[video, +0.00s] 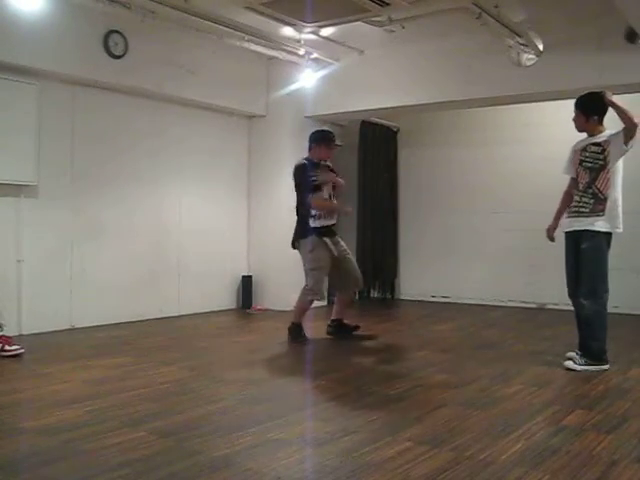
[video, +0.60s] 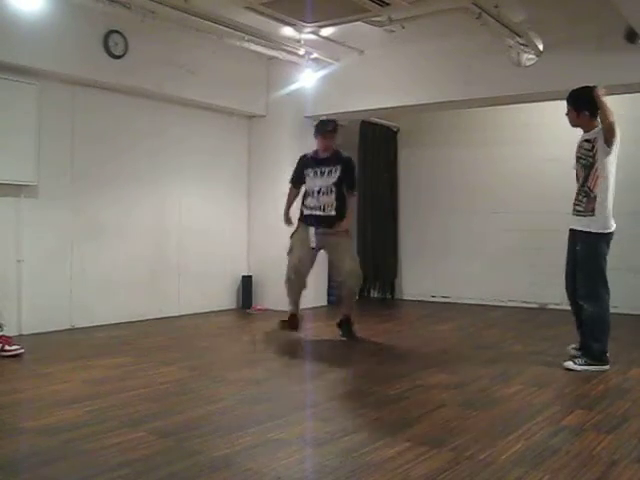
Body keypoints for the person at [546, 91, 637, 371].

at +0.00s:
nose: (574, 119)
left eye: (577, 114)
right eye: (575, 114)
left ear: (590, 116)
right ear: (590, 117)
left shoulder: (613, 143)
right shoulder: (578, 147)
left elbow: (632, 126)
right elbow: (571, 187)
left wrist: (612, 103)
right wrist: (555, 220)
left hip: (597, 227)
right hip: (572, 227)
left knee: (592, 294)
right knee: (578, 293)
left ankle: (597, 356)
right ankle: (587, 350)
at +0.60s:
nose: (568, 117)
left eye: (570, 112)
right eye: (568, 112)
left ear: (582, 112)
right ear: (586, 113)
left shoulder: (604, 139)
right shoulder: (586, 139)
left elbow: (609, 125)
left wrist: (600, 98)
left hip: (595, 228)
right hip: (579, 225)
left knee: (592, 291)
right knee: (575, 288)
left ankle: (597, 355)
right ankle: (587, 345)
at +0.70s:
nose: (568, 120)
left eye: (569, 114)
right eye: (567, 114)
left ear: (582, 113)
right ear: (584, 113)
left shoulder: (602, 140)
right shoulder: (587, 139)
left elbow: (602, 123)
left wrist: (597, 98)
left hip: (593, 228)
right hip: (580, 226)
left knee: (590, 290)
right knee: (579, 288)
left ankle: (596, 355)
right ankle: (588, 346)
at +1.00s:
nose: (564, 126)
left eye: (566, 120)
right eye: (564, 120)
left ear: (577, 118)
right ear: (576, 119)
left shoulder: (595, 143)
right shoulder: (587, 145)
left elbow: (582, 126)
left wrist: (589, 106)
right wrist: (588, 106)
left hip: (587, 229)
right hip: (582, 228)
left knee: (581, 292)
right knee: (587, 290)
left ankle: (594, 354)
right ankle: (589, 347)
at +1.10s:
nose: (562, 124)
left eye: (564, 119)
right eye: (562, 119)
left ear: (576, 118)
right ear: (576, 119)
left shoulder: (591, 142)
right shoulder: (587, 145)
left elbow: (581, 122)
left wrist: (588, 105)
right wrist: (587, 104)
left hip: (583, 228)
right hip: (589, 227)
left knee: (566, 285)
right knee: (590, 287)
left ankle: (588, 347)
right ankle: (594, 345)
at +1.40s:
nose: (552, 129)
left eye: (553, 123)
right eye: (551, 124)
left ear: (563, 120)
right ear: (568, 122)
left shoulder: (577, 143)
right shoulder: (585, 146)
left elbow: (565, 121)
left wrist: (574, 105)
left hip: (570, 226)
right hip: (588, 228)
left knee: (542, 281)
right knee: (587, 290)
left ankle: (543, 341)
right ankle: (595, 345)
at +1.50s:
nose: (546, 129)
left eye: (548, 124)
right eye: (546, 124)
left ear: (559, 121)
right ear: (566, 122)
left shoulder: (571, 144)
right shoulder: (579, 146)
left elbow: (556, 123)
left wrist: (567, 108)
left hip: (564, 228)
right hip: (581, 229)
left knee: (540, 283)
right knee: (583, 290)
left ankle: (529, 336)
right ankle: (595, 344)